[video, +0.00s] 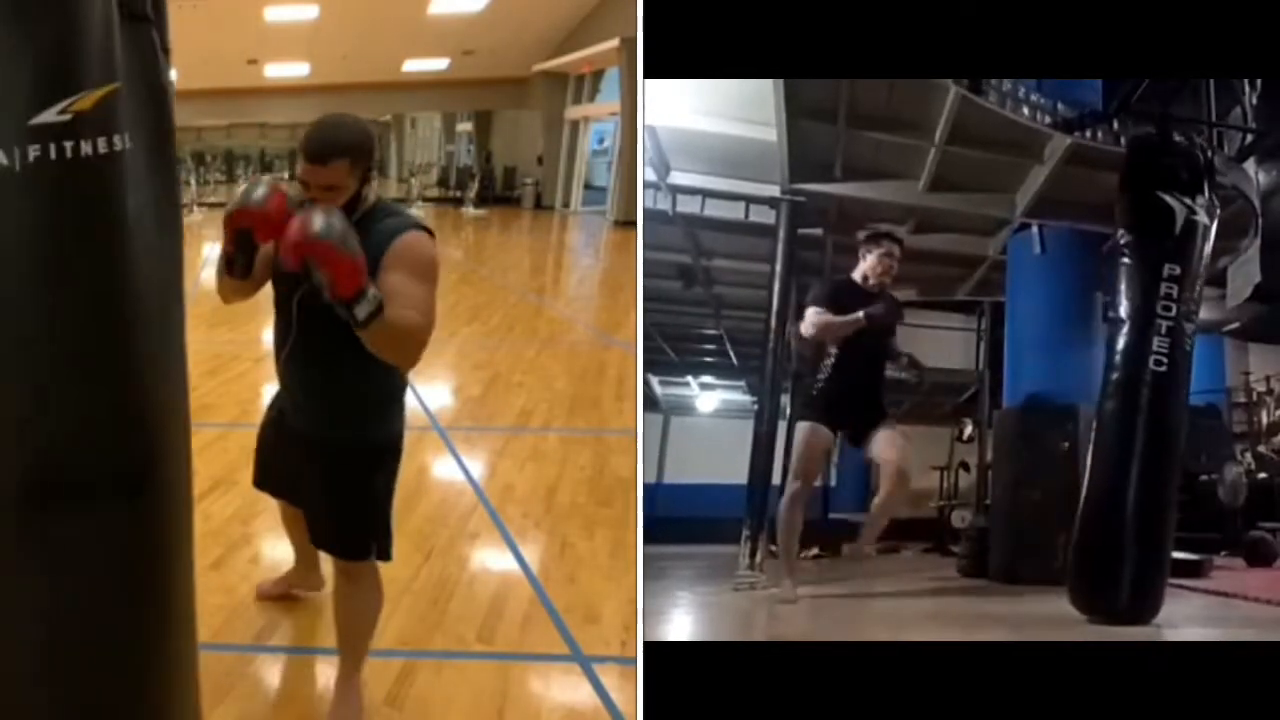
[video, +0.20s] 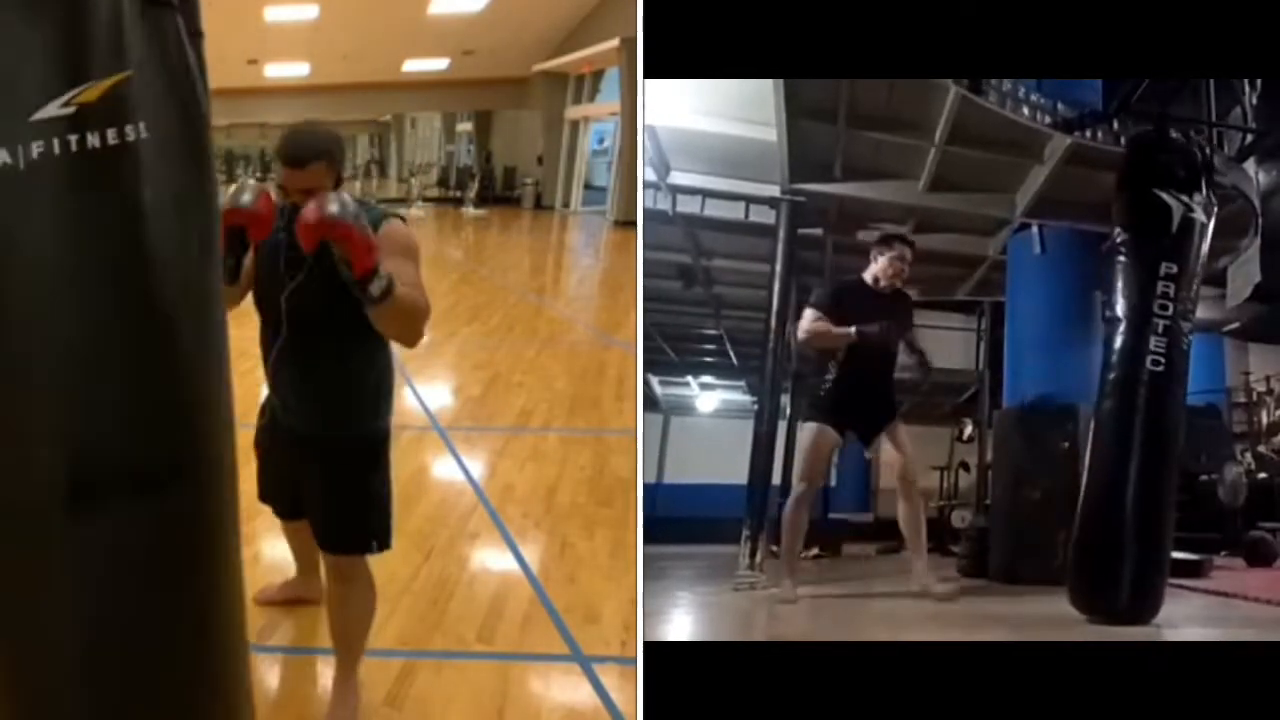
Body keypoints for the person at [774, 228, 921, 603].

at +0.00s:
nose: (889, 264)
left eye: (894, 260)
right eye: (884, 256)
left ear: (896, 268)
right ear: (863, 257)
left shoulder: (889, 306)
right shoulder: (833, 289)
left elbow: (881, 343)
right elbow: (812, 327)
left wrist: (908, 361)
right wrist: (864, 318)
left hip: (867, 406)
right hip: (825, 402)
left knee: (897, 459)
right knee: (799, 483)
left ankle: (865, 546)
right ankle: (788, 576)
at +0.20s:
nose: (901, 268)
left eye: (906, 263)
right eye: (896, 260)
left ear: (907, 270)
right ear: (875, 258)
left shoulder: (901, 304)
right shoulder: (843, 291)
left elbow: (908, 338)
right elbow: (806, 331)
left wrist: (922, 358)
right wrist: (856, 334)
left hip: (879, 400)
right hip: (836, 398)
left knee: (908, 477)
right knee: (805, 485)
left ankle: (921, 573)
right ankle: (787, 578)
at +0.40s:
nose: (925, 271)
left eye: (932, 267)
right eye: (921, 262)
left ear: (936, 273)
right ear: (902, 259)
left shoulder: (932, 303)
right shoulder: (870, 288)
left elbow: (963, 340)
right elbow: (820, 322)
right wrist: (861, 325)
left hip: (900, 404)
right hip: (857, 397)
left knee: (914, 486)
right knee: (819, 467)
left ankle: (926, 580)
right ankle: (796, 563)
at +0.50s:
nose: (929, 268)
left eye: (936, 263)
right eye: (925, 258)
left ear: (938, 269)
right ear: (905, 255)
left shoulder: (935, 298)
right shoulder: (874, 284)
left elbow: (954, 348)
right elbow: (820, 322)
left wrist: (937, 325)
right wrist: (868, 322)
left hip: (906, 402)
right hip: (861, 394)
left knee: (918, 491)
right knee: (823, 464)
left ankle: (927, 581)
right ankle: (794, 564)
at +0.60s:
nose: (925, 266)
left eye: (932, 261)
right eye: (920, 257)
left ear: (936, 267)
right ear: (900, 255)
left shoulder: (932, 298)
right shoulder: (870, 281)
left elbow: (953, 346)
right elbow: (822, 319)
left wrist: (929, 325)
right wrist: (868, 318)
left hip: (907, 399)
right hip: (862, 393)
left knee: (919, 489)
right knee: (824, 475)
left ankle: (926, 581)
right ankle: (796, 580)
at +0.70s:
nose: (916, 264)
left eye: (923, 259)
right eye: (911, 255)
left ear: (928, 264)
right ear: (891, 254)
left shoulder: (924, 295)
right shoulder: (862, 283)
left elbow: (950, 345)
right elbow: (818, 317)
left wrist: (934, 325)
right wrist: (868, 309)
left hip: (903, 398)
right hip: (857, 393)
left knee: (923, 486)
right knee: (822, 481)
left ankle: (926, 580)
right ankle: (801, 585)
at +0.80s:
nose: (909, 263)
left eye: (916, 257)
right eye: (903, 254)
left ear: (919, 263)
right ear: (883, 252)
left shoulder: (914, 296)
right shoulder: (859, 282)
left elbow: (932, 344)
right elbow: (824, 316)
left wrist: (930, 308)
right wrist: (872, 287)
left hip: (896, 398)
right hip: (851, 394)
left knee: (932, 471)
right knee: (816, 476)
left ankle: (929, 570)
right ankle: (799, 583)